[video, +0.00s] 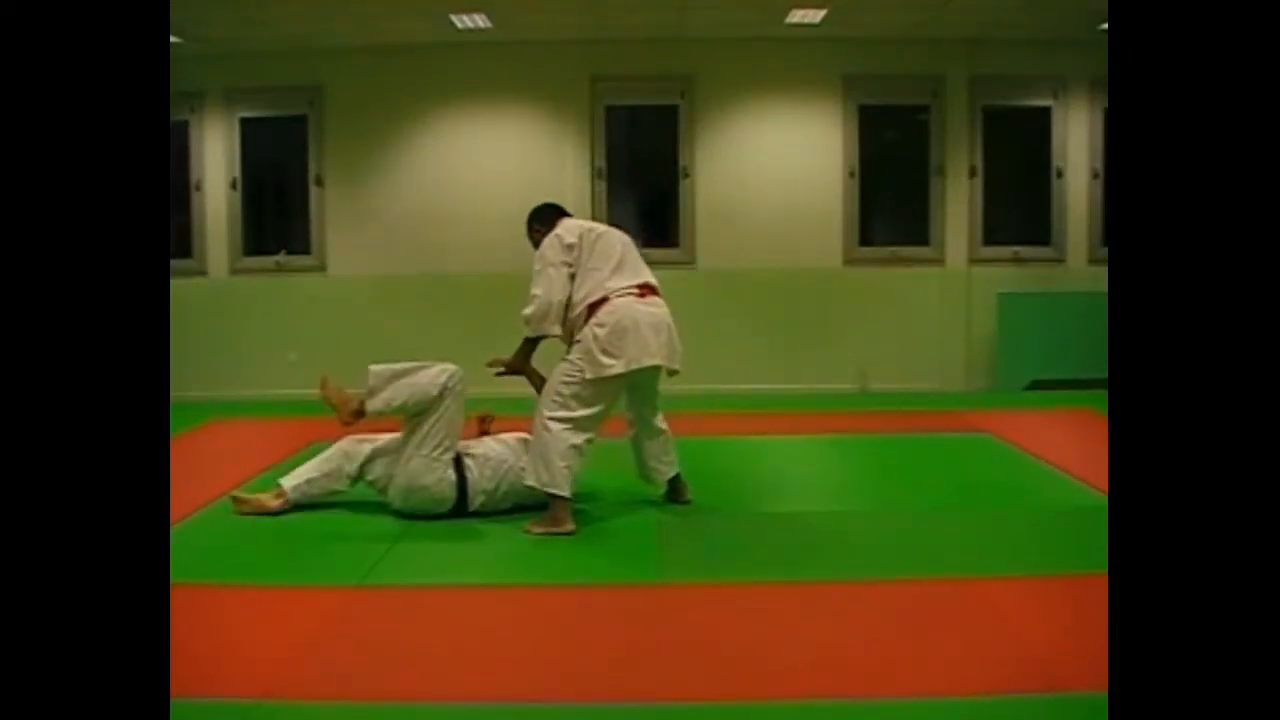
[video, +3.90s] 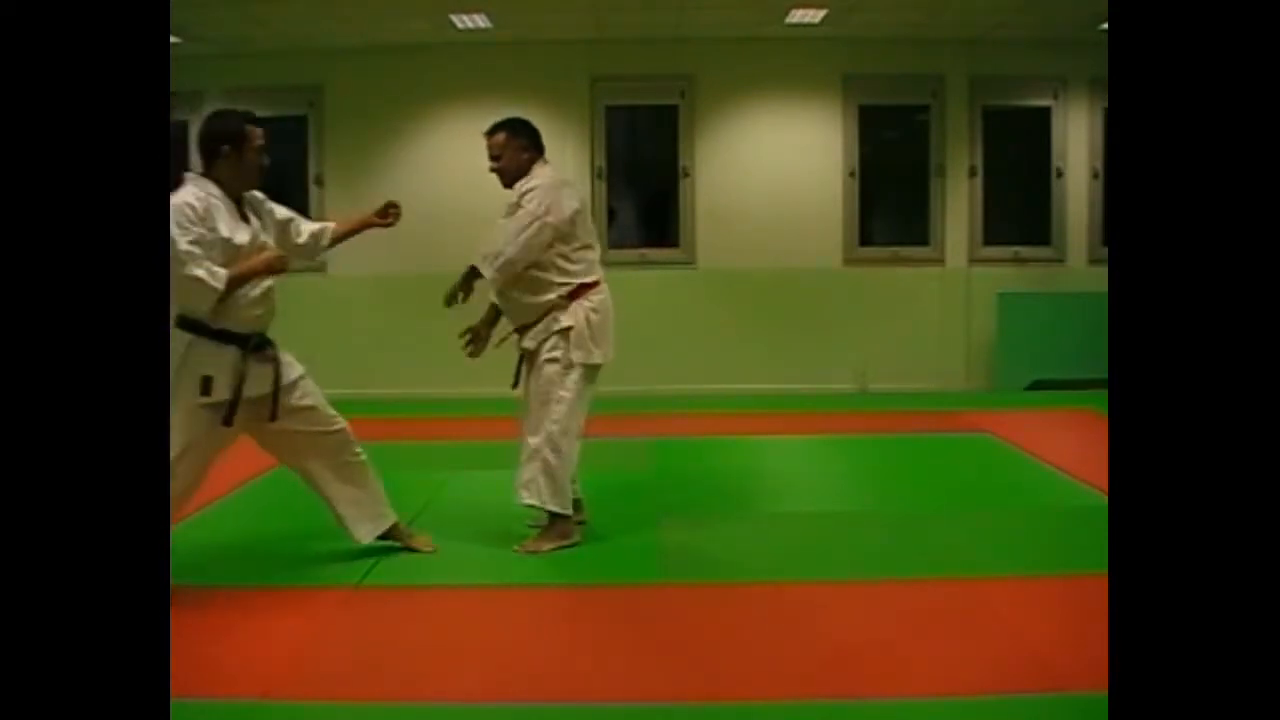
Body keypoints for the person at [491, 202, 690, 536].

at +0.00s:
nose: (537, 248)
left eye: (536, 241)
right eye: (535, 243)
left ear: (540, 229)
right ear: (565, 218)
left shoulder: (556, 239)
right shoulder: (609, 236)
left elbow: (548, 302)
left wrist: (521, 357)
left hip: (612, 324)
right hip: (657, 317)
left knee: (557, 412)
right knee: (646, 411)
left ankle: (559, 512)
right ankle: (676, 484)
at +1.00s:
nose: (516, 195)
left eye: (519, 184)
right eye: (513, 186)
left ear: (541, 175)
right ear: (549, 175)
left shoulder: (560, 210)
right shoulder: (581, 197)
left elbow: (573, 280)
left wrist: (560, 343)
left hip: (603, 321)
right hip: (632, 310)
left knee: (560, 411)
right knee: (630, 404)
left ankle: (567, 509)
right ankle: (666, 473)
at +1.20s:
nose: (502, 183)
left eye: (506, 173)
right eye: (499, 174)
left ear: (532, 164)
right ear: (533, 166)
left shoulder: (549, 204)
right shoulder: (559, 192)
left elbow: (561, 273)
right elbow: (545, 268)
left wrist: (550, 334)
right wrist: (530, 320)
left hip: (583, 318)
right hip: (605, 310)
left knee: (554, 412)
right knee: (595, 405)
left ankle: (566, 509)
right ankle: (616, 477)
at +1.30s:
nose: (498, 180)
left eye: (502, 169)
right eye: (495, 171)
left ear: (528, 160)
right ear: (528, 163)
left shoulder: (547, 200)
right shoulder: (552, 193)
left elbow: (560, 269)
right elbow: (544, 268)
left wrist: (549, 331)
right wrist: (523, 319)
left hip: (577, 319)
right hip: (588, 312)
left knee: (558, 413)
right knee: (579, 406)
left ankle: (566, 508)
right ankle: (585, 486)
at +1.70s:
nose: (480, 171)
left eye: (486, 161)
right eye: (477, 162)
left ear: (512, 153)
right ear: (499, 157)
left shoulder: (539, 193)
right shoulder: (513, 195)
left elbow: (557, 263)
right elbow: (509, 268)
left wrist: (547, 323)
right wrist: (488, 319)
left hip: (553, 323)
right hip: (525, 325)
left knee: (553, 417)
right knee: (523, 417)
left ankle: (566, 507)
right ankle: (527, 499)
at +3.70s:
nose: (482, 161)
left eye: (488, 151)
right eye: (480, 152)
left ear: (515, 148)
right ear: (512, 151)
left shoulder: (537, 188)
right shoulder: (525, 189)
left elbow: (539, 268)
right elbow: (519, 269)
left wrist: (515, 325)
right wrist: (497, 323)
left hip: (558, 315)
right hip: (549, 314)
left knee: (546, 412)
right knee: (548, 411)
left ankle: (563, 516)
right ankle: (558, 506)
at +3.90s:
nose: (493, 166)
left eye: (498, 156)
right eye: (491, 158)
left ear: (528, 153)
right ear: (522, 156)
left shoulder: (550, 193)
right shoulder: (530, 197)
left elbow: (518, 250)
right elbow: (521, 272)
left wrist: (472, 273)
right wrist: (490, 323)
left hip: (572, 319)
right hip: (550, 321)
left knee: (552, 419)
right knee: (545, 416)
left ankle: (560, 521)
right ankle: (567, 506)